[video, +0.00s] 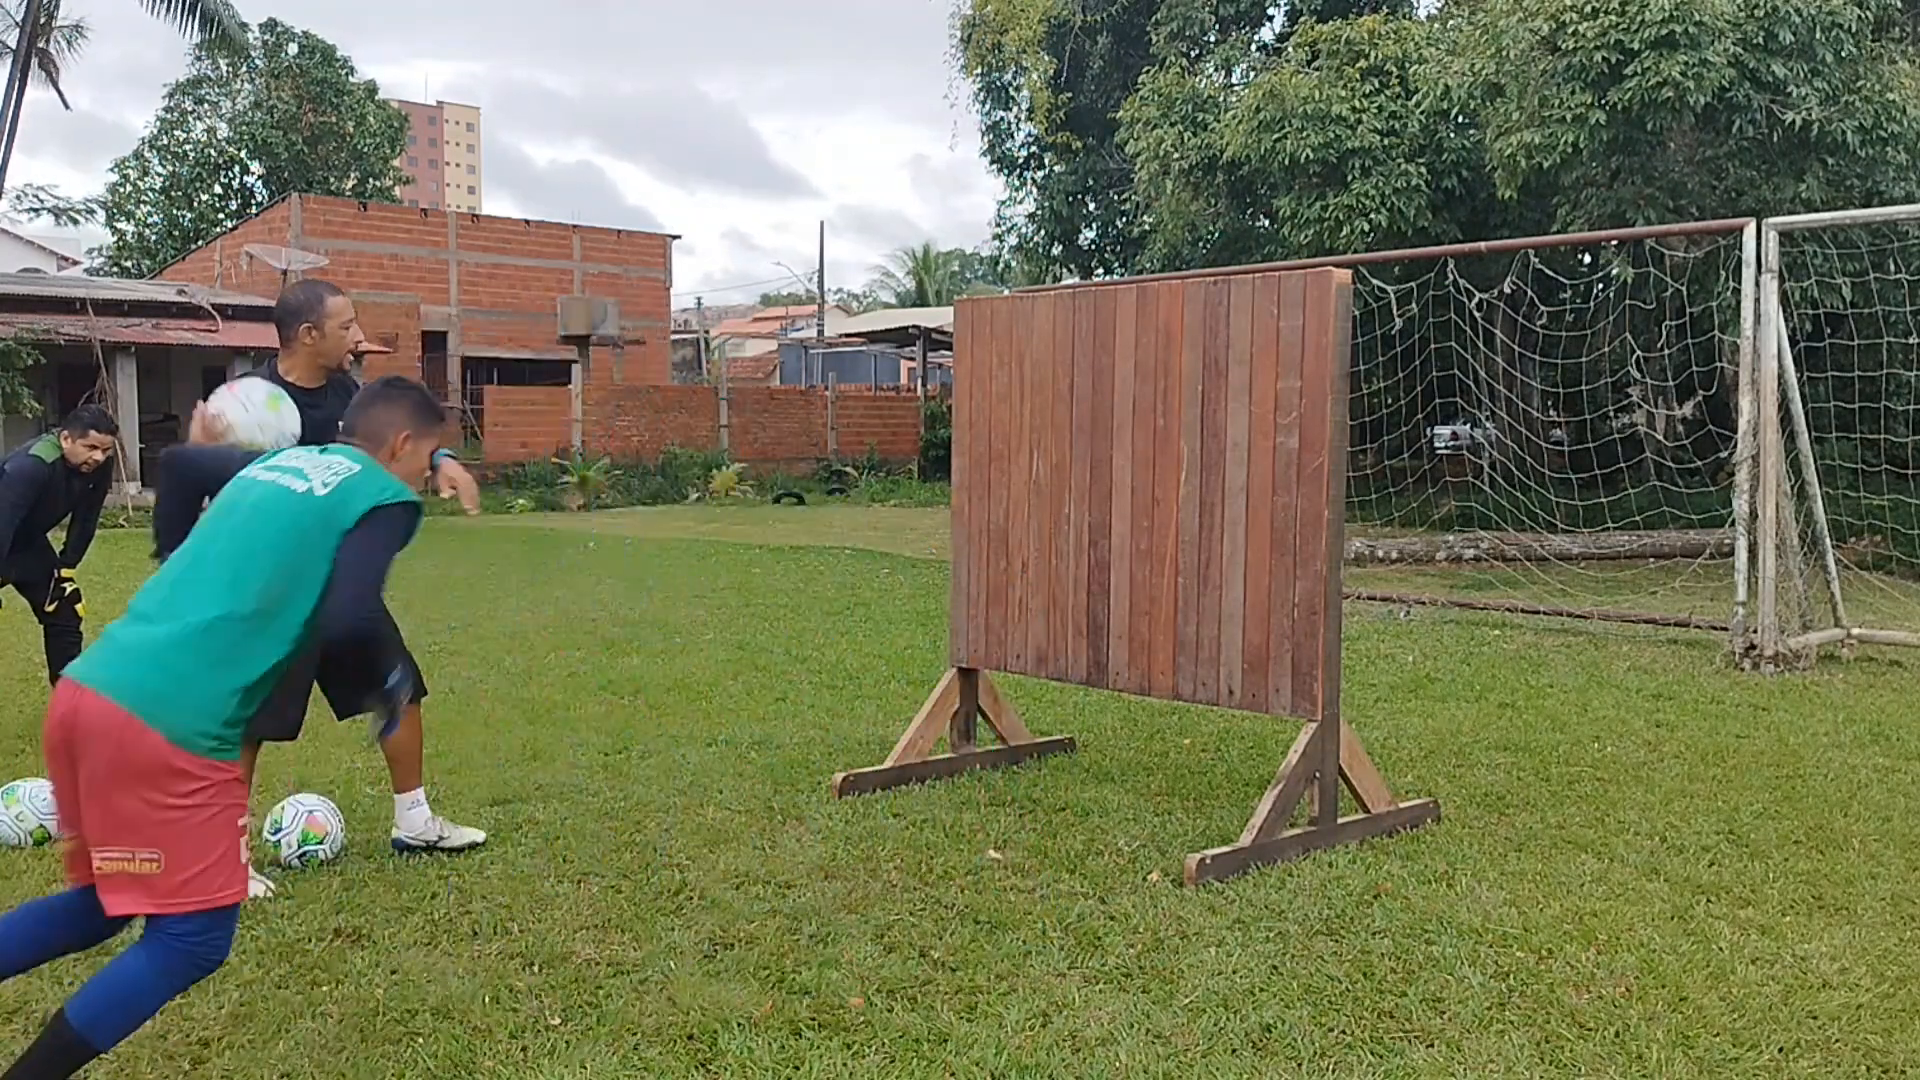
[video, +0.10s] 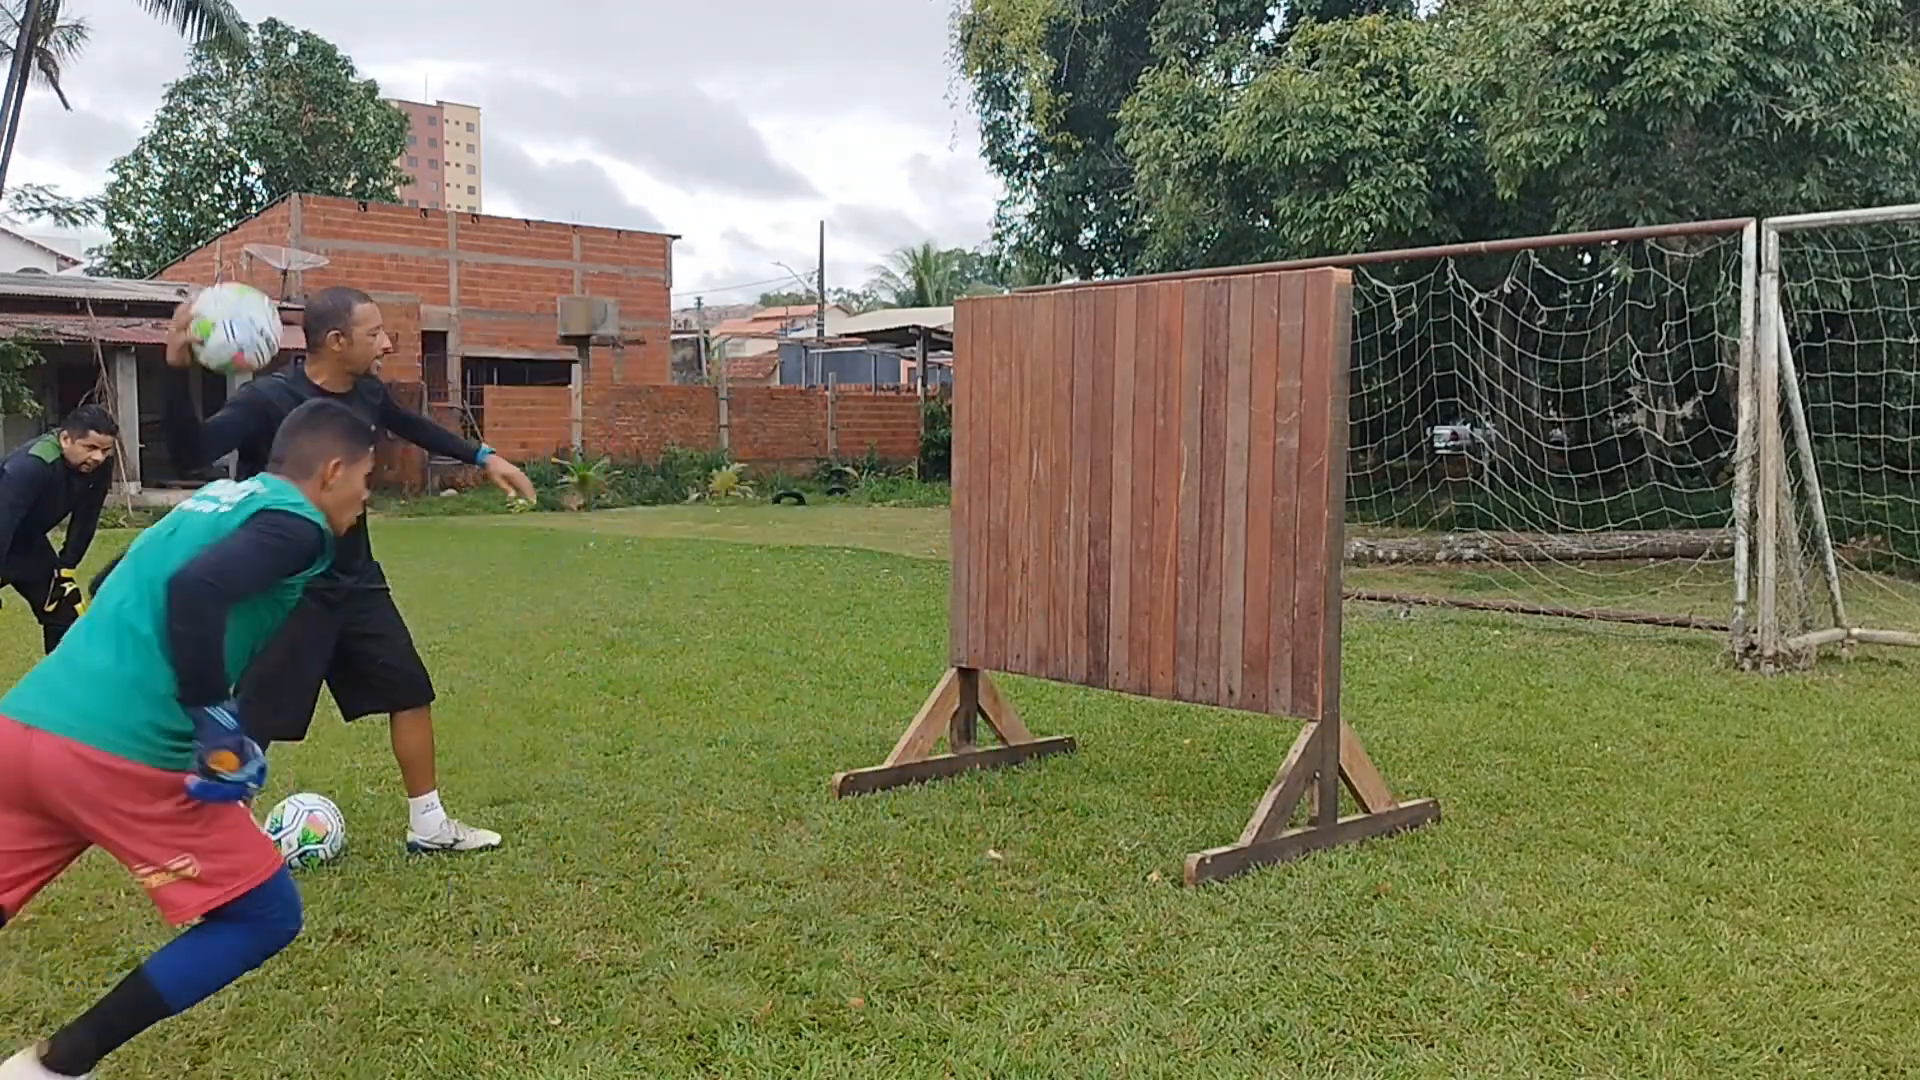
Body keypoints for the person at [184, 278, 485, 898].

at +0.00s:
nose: (358, 335)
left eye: (356, 324)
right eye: (346, 326)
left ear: (322, 334)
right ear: (305, 335)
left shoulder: (348, 390)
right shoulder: (248, 403)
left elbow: (388, 437)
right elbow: (192, 499)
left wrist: (440, 461)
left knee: (399, 687)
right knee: (246, 720)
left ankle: (415, 820)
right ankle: (224, 853)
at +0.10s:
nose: (384, 343)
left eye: (382, 332)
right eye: (374, 334)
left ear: (345, 342)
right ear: (335, 342)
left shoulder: (367, 393)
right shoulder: (270, 398)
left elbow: (411, 427)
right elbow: (189, 452)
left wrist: (483, 457)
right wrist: (178, 370)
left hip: (356, 579)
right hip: (285, 586)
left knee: (409, 687)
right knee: (251, 715)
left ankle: (429, 825)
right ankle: (214, 835)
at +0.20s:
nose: (422, 351)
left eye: (420, 339)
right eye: (413, 340)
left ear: (384, 349)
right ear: (373, 349)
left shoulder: (395, 401)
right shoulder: (311, 398)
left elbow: (415, 426)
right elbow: (228, 409)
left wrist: (478, 452)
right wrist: (210, 317)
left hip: (377, 588)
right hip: (308, 591)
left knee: (430, 689)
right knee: (268, 722)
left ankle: (432, 826)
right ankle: (224, 845)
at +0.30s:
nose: (461, 359)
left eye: (459, 348)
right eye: (452, 349)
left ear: (417, 356)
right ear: (416, 357)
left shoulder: (415, 413)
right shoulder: (366, 407)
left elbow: (411, 441)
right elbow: (323, 394)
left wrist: (450, 460)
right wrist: (304, 319)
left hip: (391, 590)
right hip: (334, 592)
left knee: (439, 689)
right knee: (291, 721)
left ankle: (435, 824)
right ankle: (231, 832)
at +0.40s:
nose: (492, 369)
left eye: (492, 358)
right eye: (484, 359)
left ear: (444, 368)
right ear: (450, 367)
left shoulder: (424, 407)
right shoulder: (426, 419)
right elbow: (498, 454)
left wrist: (435, 480)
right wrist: (519, 386)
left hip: (384, 593)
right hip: (351, 597)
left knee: (431, 686)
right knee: (311, 715)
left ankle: (435, 823)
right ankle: (241, 817)